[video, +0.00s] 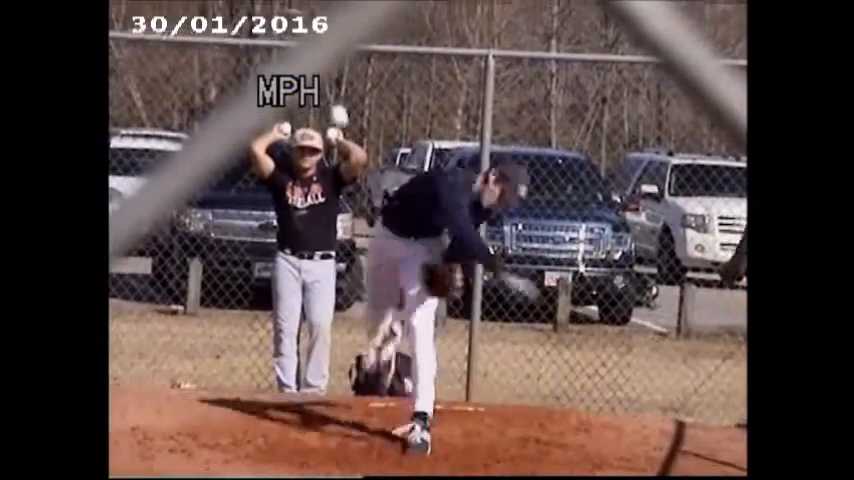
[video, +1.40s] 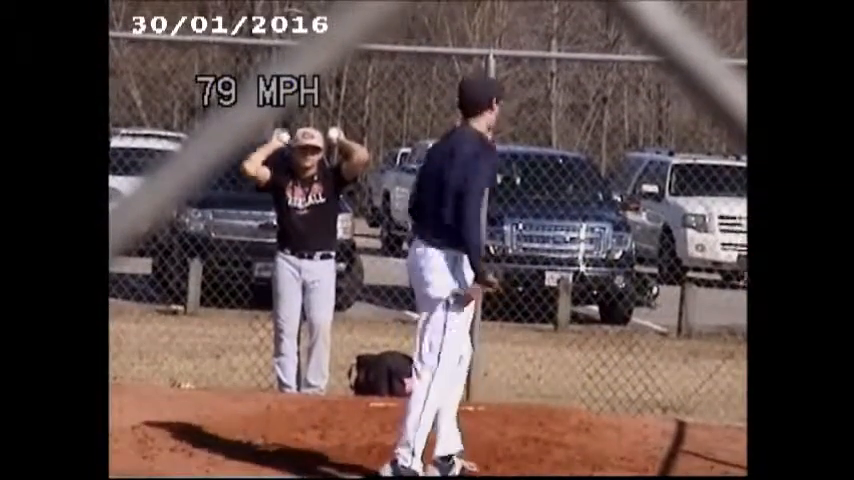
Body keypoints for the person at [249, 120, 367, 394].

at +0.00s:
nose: (307, 158)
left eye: (313, 152)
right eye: (302, 152)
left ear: (322, 153)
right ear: (292, 153)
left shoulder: (332, 177)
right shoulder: (281, 179)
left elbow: (361, 159)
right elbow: (256, 151)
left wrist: (339, 141)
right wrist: (274, 134)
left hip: (322, 262)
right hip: (288, 260)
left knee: (320, 325)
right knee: (285, 326)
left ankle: (315, 386)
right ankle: (286, 386)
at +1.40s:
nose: (307, 158)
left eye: (313, 152)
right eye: (301, 152)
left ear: (322, 154)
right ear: (292, 153)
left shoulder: (333, 177)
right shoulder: (281, 178)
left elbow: (362, 158)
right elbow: (250, 167)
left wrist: (341, 141)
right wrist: (275, 144)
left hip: (322, 261)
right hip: (288, 259)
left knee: (320, 324)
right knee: (285, 326)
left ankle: (315, 387)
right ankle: (286, 387)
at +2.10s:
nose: (310, 154)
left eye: (315, 149)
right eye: (304, 149)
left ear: (323, 153)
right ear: (295, 154)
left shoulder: (334, 178)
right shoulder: (284, 189)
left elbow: (372, 158)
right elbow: (281, 239)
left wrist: (343, 139)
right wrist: (278, 286)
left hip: (323, 262)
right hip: (291, 262)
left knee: (321, 325)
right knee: (286, 326)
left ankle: (316, 387)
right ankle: (287, 387)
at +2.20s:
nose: (310, 156)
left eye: (315, 152)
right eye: (305, 152)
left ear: (323, 156)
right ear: (295, 156)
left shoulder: (333, 179)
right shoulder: (286, 190)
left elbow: (373, 161)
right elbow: (287, 230)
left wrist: (343, 142)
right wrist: (293, 262)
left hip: (324, 263)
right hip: (291, 261)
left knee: (321, 327)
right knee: (287, 328)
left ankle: (316, 389)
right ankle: (287, 388)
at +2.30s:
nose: (310, 153)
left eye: (316, 148)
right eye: (305, 148)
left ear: (323, 153)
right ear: (295, 153)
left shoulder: (333, 177)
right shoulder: (285, 183)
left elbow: (373, 158)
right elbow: (293, 227)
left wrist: (343, 139)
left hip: (322, 259)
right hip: (288, 259)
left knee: (321, 324)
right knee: (286, 324)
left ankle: (316, 386)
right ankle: (287, 385)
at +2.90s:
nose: (309, 153)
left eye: (315, 147)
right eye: (303, 148)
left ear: (323, 149)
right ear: (294, 149)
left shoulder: (333, 174)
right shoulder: (283, 173)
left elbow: (362, 154)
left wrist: (340, 137)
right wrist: (280, 126)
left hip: (317, 259)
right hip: (283, 258)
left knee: (313, 324)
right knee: (276, 322)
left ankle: (308, 384)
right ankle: (280, 383)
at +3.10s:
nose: (308, 155)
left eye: (313, 149)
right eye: (302, 150)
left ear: (322, 151)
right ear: (293, 151)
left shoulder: (332, 175)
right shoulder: (282, 175)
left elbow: (362, 156)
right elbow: (263, 142)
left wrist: (340, 139)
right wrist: (280, 128)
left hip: (316, 260)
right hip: (283, 260)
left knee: (312, 326)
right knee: (275, 323)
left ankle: (308, 386)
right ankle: (279, 385)